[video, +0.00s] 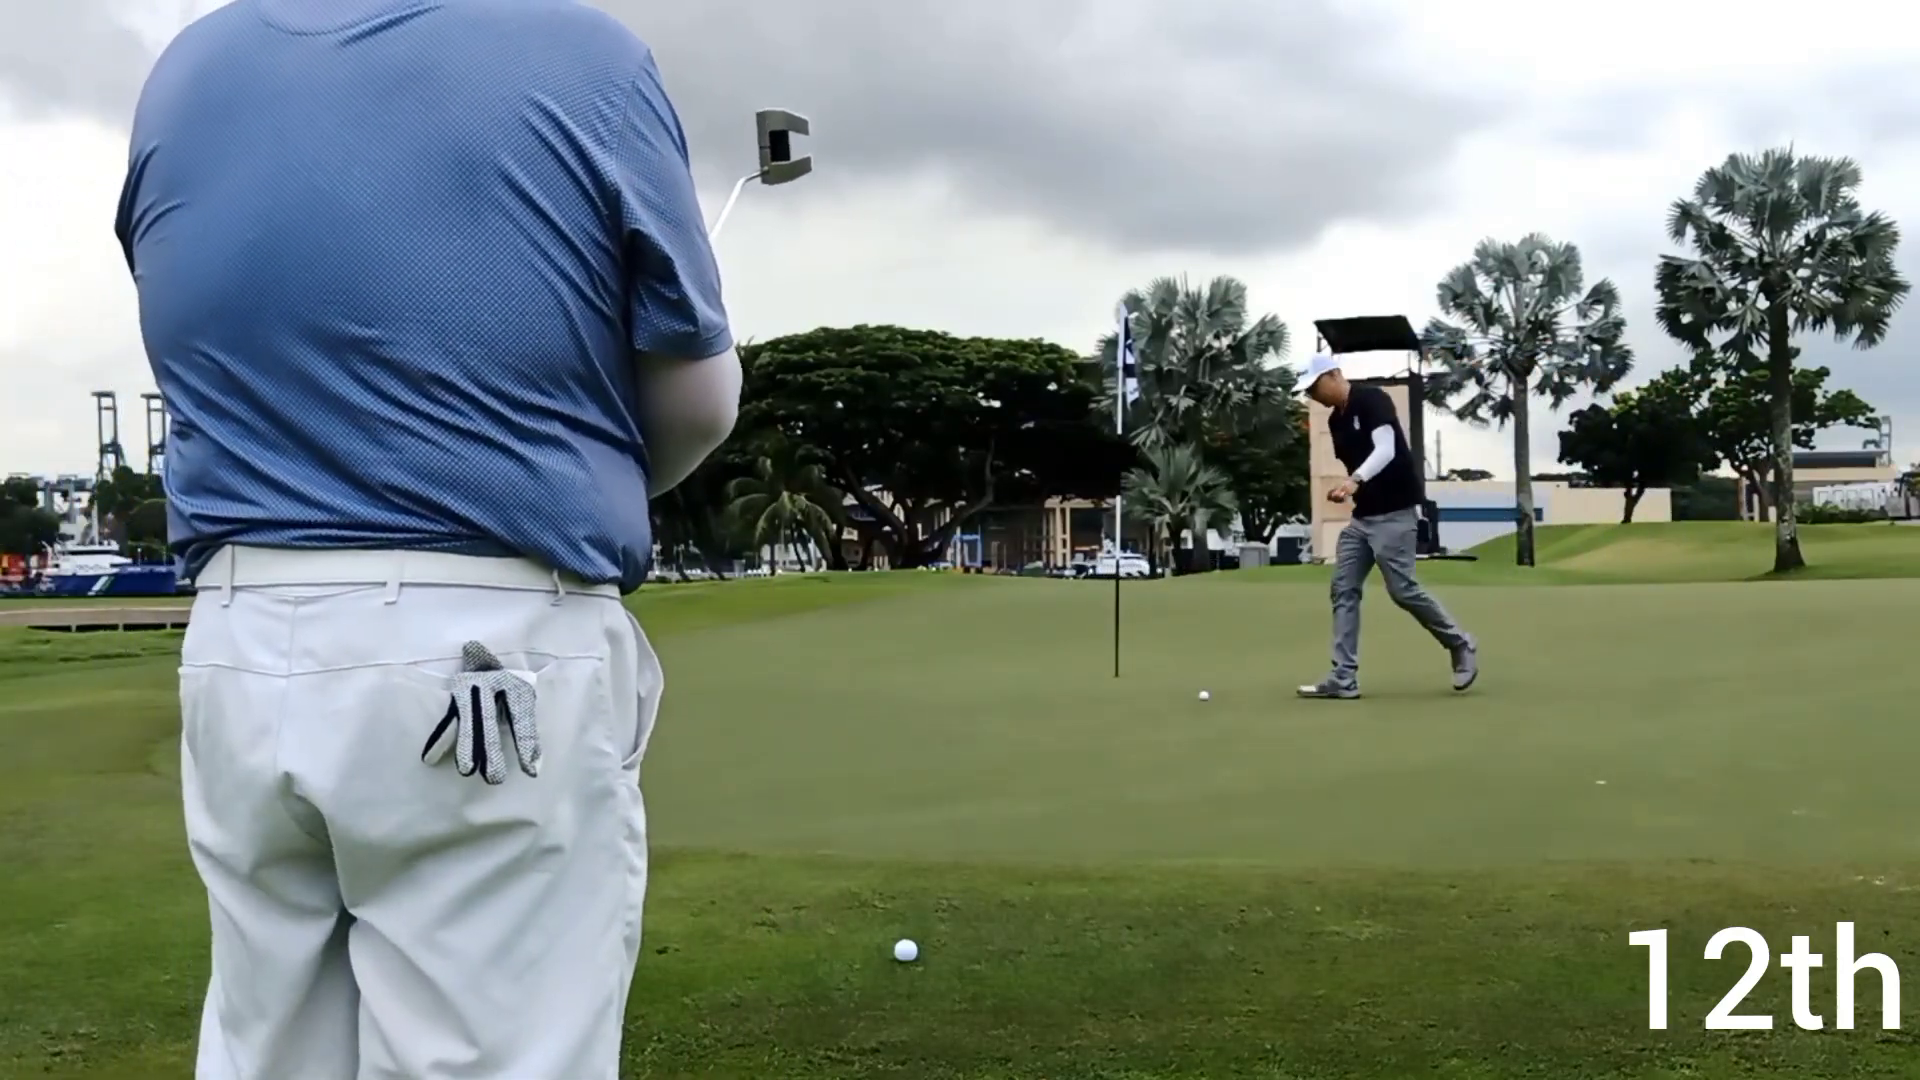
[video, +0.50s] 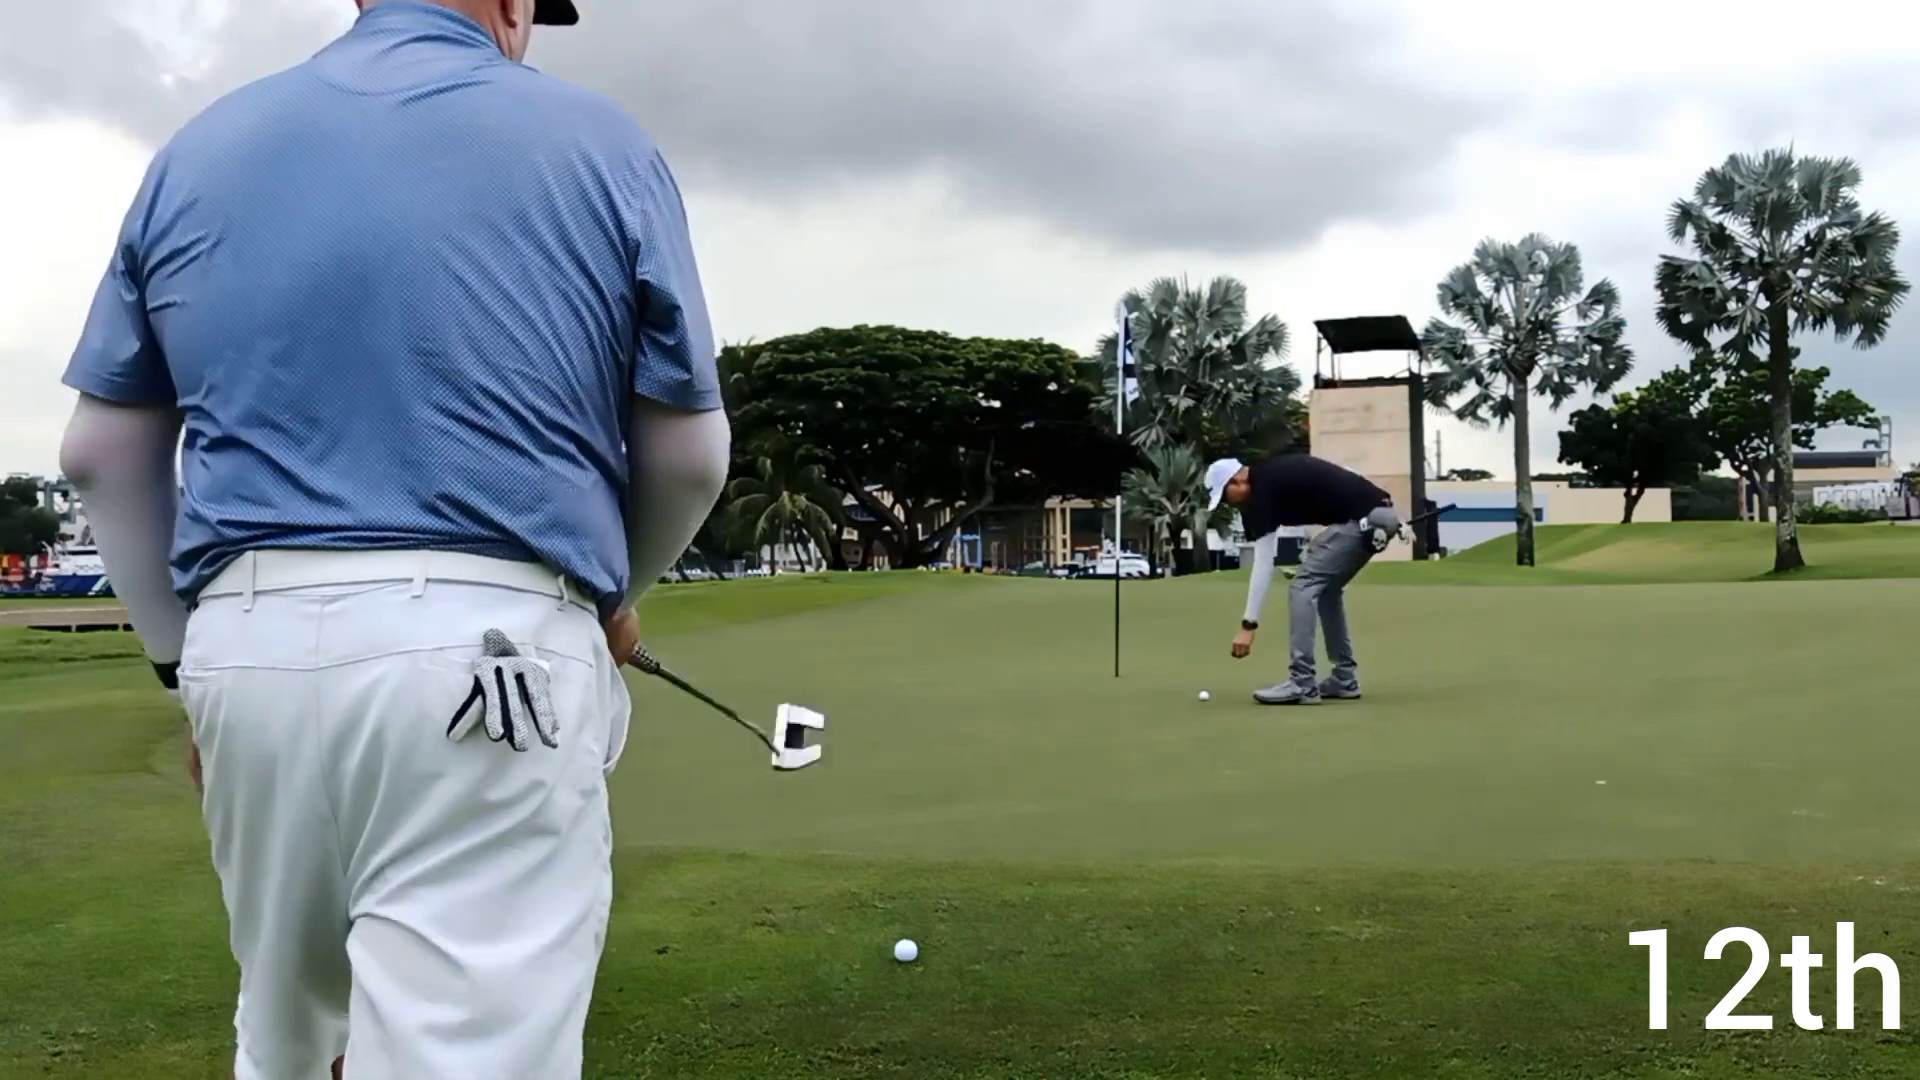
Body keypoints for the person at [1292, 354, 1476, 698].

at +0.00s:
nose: (1314, 397)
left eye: (1314, 389)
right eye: (1310, 392)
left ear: (1333, 376)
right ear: (1324, 385)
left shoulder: (1371, 398)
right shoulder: (1336, 420)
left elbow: (1386, 449)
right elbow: (1359, 466)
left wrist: (1354, 481)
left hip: (1395, 517)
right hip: (1363, 520)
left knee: (1403, 591)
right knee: (1344, 589)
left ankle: (1460, 644)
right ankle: (1343, 677)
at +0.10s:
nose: (1287, 409)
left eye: (1287, 401)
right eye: (1283, 404)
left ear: (1305, 386)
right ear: (1300, 392)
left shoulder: (1343, 406)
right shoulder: (1319, 422)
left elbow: (1361, 461)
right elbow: (1351, 467)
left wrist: (1334, 506)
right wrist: (1346, 514)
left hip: (1384, 507)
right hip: (1357, 512)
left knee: (1366, 578)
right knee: (1341, 587)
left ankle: (1427, 645)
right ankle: (1343, 676)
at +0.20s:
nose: (1269, 428)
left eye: (1266, 421)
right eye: (1264, 424)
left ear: (1281, 405)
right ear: (1281, 409)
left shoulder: (1312, 421)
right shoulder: (1309, 426)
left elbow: (1333, 481)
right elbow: (1345, 481)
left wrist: (1313, 538)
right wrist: (1335, 525)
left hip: (1380, 504)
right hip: (1365, 507)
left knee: (1345, 577)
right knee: (1337, 582)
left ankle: (1381, 665)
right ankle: (1343, 674)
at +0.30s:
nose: (1250, 455)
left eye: (1247, 446)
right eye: (1245, 450)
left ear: (1261, 429)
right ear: (1262, 429)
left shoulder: (1292, 440)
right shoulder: (1295, 437)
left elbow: (1308, 509)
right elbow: (1348, 474)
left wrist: (1291, 569)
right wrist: (1339, 520)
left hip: (1375, 507)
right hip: (1367, 507)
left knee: (1338, 581)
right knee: (1338, 580)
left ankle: (1338, 674)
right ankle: (1338, 672)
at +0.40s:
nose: (1240, 478)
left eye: (1236, 471)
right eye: (1234, 474)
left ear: (1247, 455)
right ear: (1249, 452)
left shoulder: (1277, 463)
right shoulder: (1282, 451)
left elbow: (1283, 535)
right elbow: (1341, 479)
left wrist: (1270, 598)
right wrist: (1338, 527)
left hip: (1367, 512)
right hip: (1373, 508)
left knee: (1326, 587)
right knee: (1335, 587)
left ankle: (1308, 680)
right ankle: (1345, 679)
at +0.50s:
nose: (1230, 503)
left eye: (1226, 497)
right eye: (1224, 500)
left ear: (1237, 481)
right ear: (1240, 476)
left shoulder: (1261, 493)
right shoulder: (1274, 471)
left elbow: (1263, 564)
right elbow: (1344, 473)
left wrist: (1248, 626)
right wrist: (1374, 499)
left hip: (1359, 521)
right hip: (1375, 515)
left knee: (1303, 588)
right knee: (1328, 592)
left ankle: (1302, 682)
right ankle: (1345, 678)